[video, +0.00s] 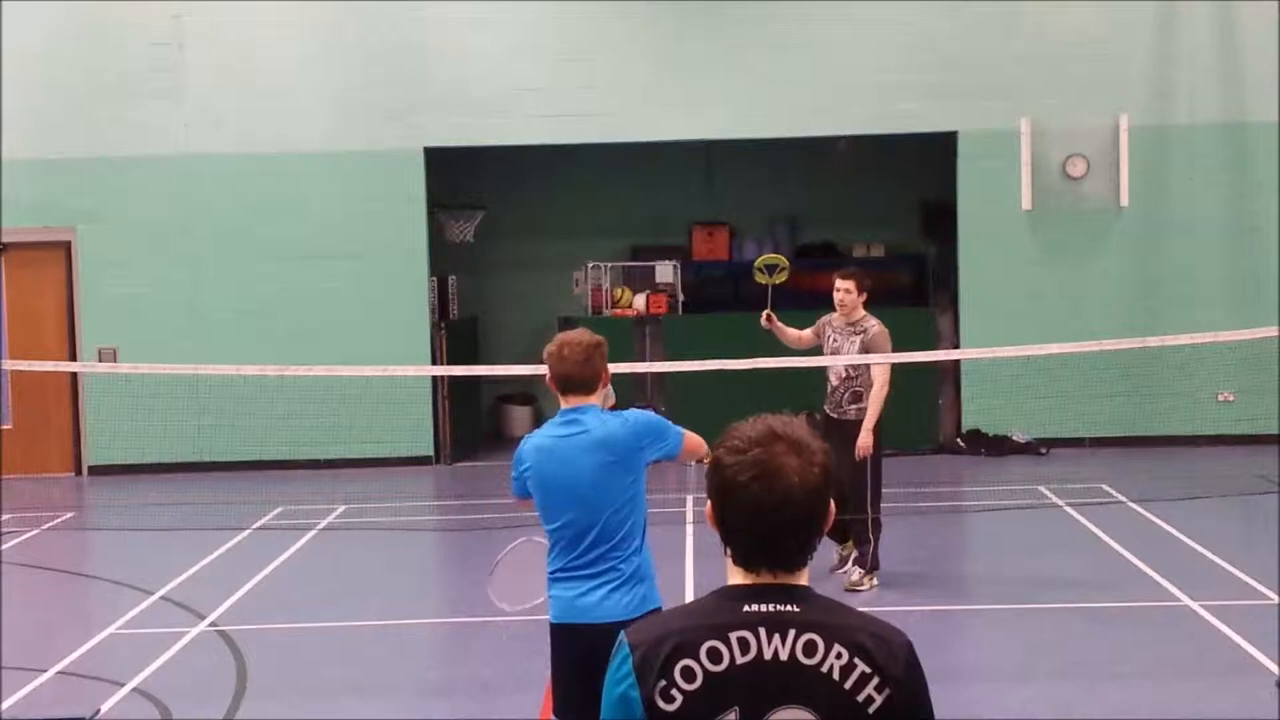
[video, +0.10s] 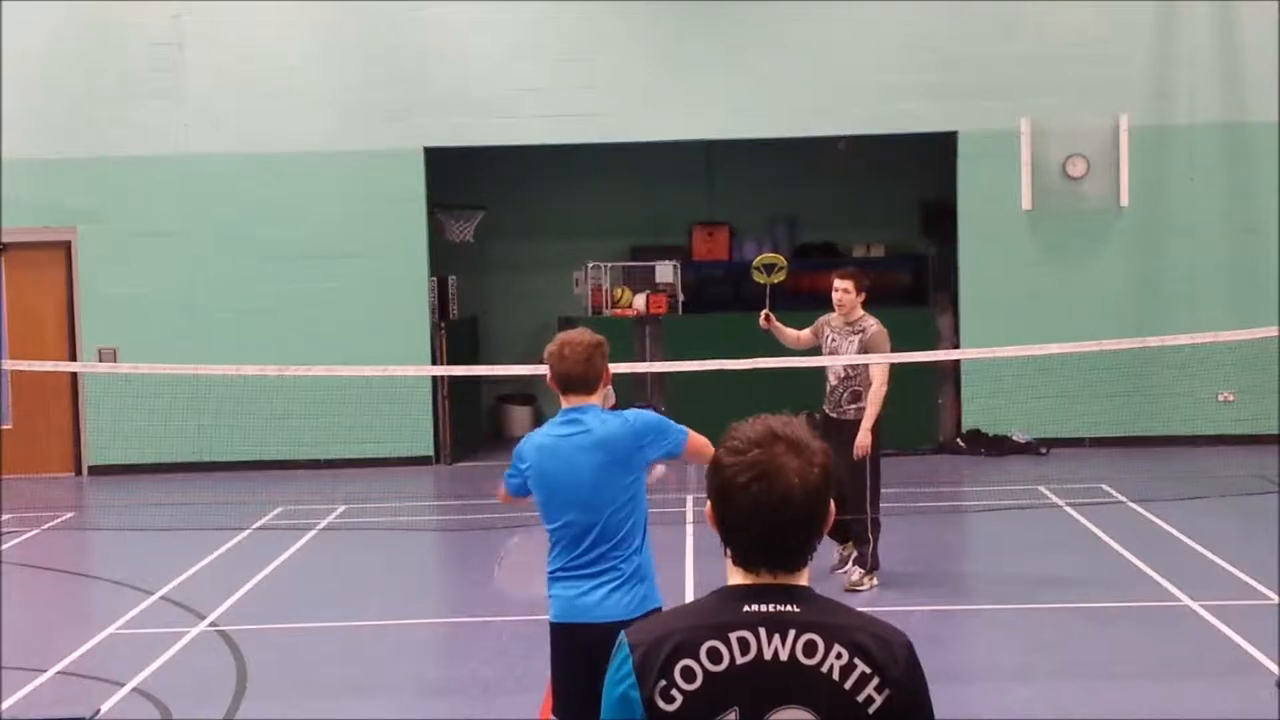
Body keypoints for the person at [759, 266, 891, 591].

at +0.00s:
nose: (839, 297)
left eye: (846, 292)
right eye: (837, 291)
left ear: (862, 296)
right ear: (833, 293)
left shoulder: (875, 332)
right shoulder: (828, 324)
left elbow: (881, 384)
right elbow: (801, 339)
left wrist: (867, 429)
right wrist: (776, 326)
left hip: (861, 423)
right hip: (832, 420)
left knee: (862, 492)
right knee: (832, 486)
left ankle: (866, 566)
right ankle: (846, 541)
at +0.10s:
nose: (838, 297)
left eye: (845, 292)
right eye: (835, 291)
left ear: (860, 296)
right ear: (831, 293)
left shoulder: (873, 331)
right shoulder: (827, 323)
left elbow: (879, 384)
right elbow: (800, 339)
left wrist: (866, 428)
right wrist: (774, 326)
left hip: (859, 423)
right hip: (830, 420)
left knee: (860, 493)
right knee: (828, 487)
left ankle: (866, 566)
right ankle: (847, 541)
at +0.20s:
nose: (836, 297)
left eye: (843, 292)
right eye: (833, 291)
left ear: (858, 296)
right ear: (830, 294)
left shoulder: (872, 332)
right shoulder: (825, 324)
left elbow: (877, 384)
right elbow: (798, 340)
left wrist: (863, 428)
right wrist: (773, 327)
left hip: (858, 423)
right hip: (830, 420)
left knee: (859, 491)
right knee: (830, 487)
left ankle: (867, 565)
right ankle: (848, 541)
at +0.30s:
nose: (834, 298)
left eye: (841, 293)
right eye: (831, 292)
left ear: (856, 298)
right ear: (827, 295)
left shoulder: (870, 333)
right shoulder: (822, 325)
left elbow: (876, 385)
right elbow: (794, 344)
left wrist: (862, 428)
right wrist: (770, 331)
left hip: (857, 424)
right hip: (829, 422)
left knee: (858, 493)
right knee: (834, 489)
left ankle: (867, 565)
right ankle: (853, 545)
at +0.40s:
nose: (832, 304)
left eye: (839, 298)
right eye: (829, 298)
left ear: (854, 303)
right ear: (825, 301)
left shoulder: (870, 338)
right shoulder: (818, 333)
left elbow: (880, 390)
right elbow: (793, 356)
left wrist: (863, 432)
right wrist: (765, 350)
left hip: (857, 428)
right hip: (829, 426)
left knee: (854, 493)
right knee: (839, 493)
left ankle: (866, 563)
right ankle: (858, 550)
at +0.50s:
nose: (832, 310)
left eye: (839, 304)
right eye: (829, 304)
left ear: (853, 308)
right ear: (824, 307)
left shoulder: (871, 344)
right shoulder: (816, 342)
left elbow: (884, 395)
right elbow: (796, 377)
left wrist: (872, 438)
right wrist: (766, 382)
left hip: (858, 432)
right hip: (827, 431)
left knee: (849, 496)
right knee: (842, 497)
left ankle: (860, 561)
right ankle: (861, 551)